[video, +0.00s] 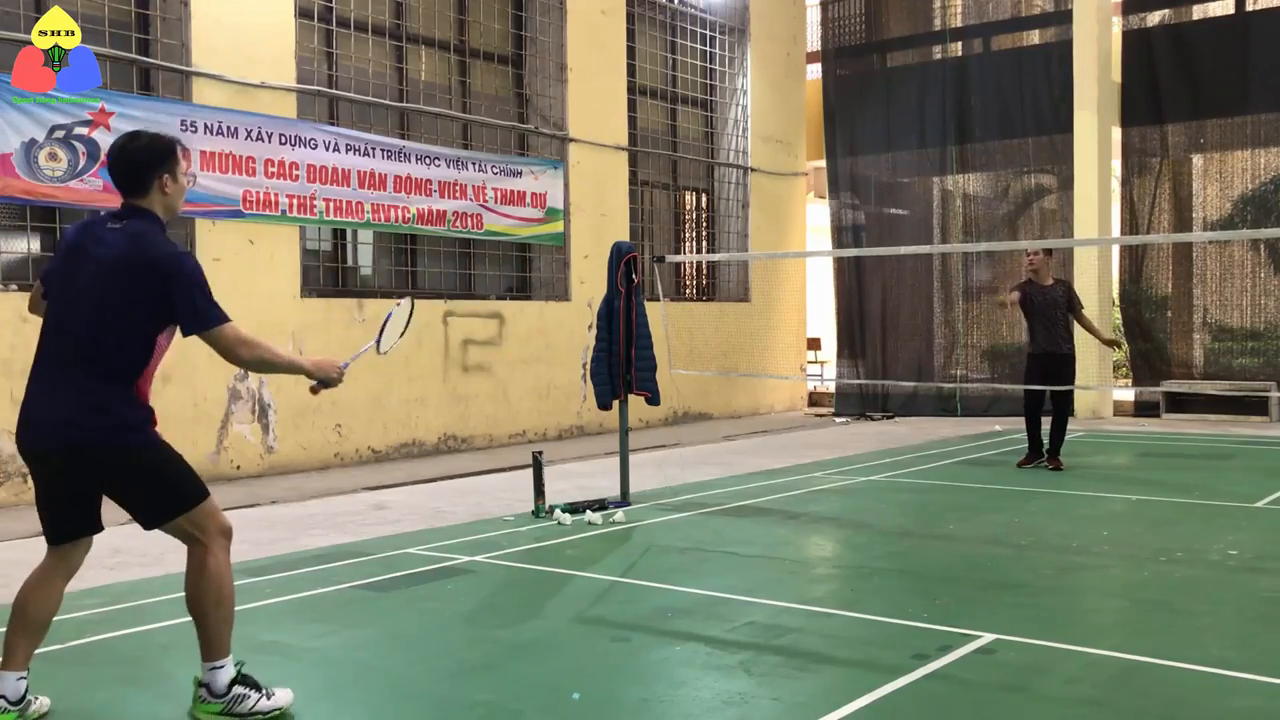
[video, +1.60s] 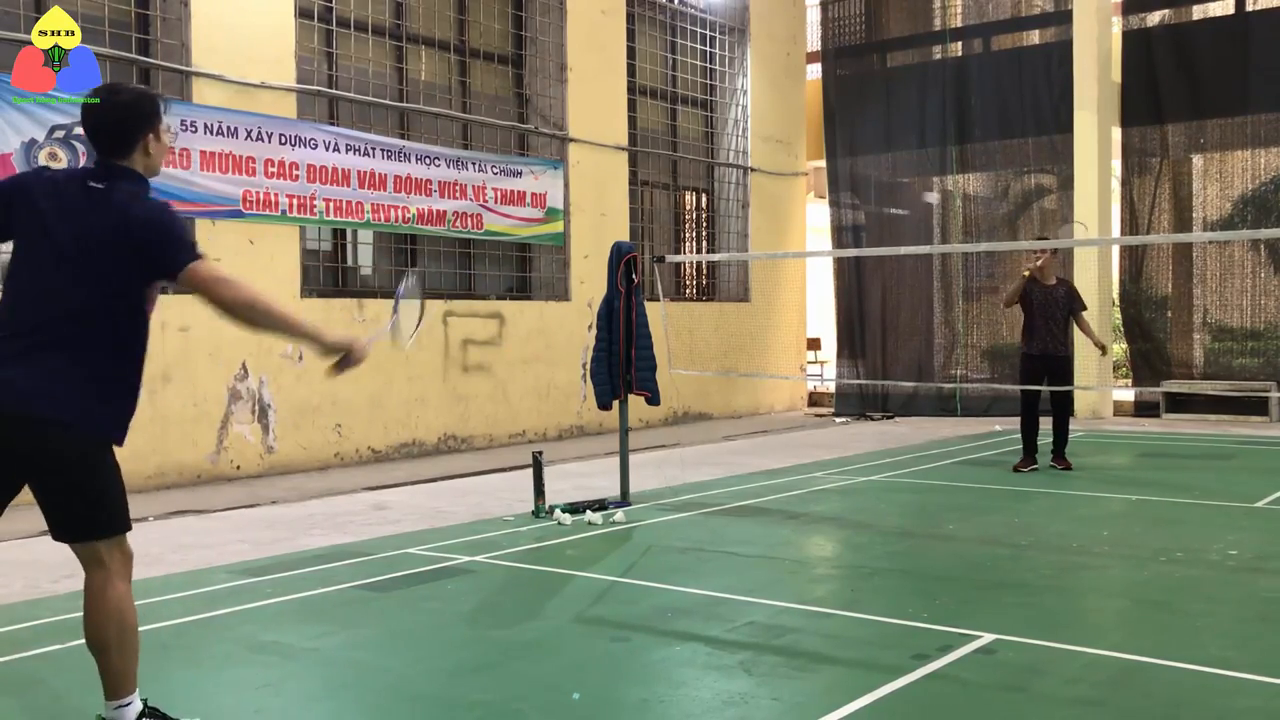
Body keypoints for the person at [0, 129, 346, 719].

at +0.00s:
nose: (188, 185)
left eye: (186, 174)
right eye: (184, 175)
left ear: (126, 185)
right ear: (163, 182)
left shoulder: (82, 235)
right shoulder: (170, 260)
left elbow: (38, 301)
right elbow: (236, 348)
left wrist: (107, 318)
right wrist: (308, 366)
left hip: (42, 427)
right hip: (111, 430)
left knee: (66, 549)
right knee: (210, 532)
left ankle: (8, 689)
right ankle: (219, 683)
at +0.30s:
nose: (225, 168)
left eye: (223, 158)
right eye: (223, 159)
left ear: (159, 162)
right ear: (212, 165)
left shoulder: (104, 218)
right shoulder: (232, 243)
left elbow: (26, 290)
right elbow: (326, 303)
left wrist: (41, 349)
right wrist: (326, 321)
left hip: (63, 412)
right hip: (145, 422)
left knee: (42, 544)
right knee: (197, 546)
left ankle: (9, 682)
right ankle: (203, 700)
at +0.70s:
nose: (177, 181)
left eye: (175, 168)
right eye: (173, 169)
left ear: (113, 175)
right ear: (152, 174)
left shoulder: (56, 227)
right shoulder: (156, 243)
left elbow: (1, 288)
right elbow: (238, 308)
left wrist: (13, 347)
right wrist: (331, 337)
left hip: (15, 431)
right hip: (85, 438)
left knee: (5, 551)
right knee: (158, 557)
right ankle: (198, 700)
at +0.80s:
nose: (160, 197)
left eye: (158, 184)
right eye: (155, 186)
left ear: (93, 193)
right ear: (129, 193)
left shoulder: (38, 242)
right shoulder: (118, 262)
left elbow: (15, 326)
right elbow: (189, 345)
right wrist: (282, 381)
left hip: (2, 443)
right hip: (41, 448)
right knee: (126, 566)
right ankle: (192, 701)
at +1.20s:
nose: (159, 171)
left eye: (158, 160)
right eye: (158, 161)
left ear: (90, 165)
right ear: (142, 168)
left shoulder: (22, 213)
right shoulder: (146, 240)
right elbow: (235, 312)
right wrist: (253, 322)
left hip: (1, 413)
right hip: (53, 425)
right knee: (106, 562)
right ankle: (124, 709)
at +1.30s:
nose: (167, 162)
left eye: (163, 152)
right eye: (165, 153)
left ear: (93, 157)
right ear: (156, 162)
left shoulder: (33, 206)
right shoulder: (180, 240)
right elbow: (293, 265)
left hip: (1, 413)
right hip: (64, 429)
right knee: (118, 562)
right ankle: (125, 710)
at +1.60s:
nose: (167, 141)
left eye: (163, 129)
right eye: (162, 131)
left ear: (97, 138)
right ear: (146, 140)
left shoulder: (34, 188)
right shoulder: (149, 218)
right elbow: (226, 294)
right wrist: (323, 338)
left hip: (4, 407)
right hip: (70, 421)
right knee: (107, 564)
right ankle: (124, 709)